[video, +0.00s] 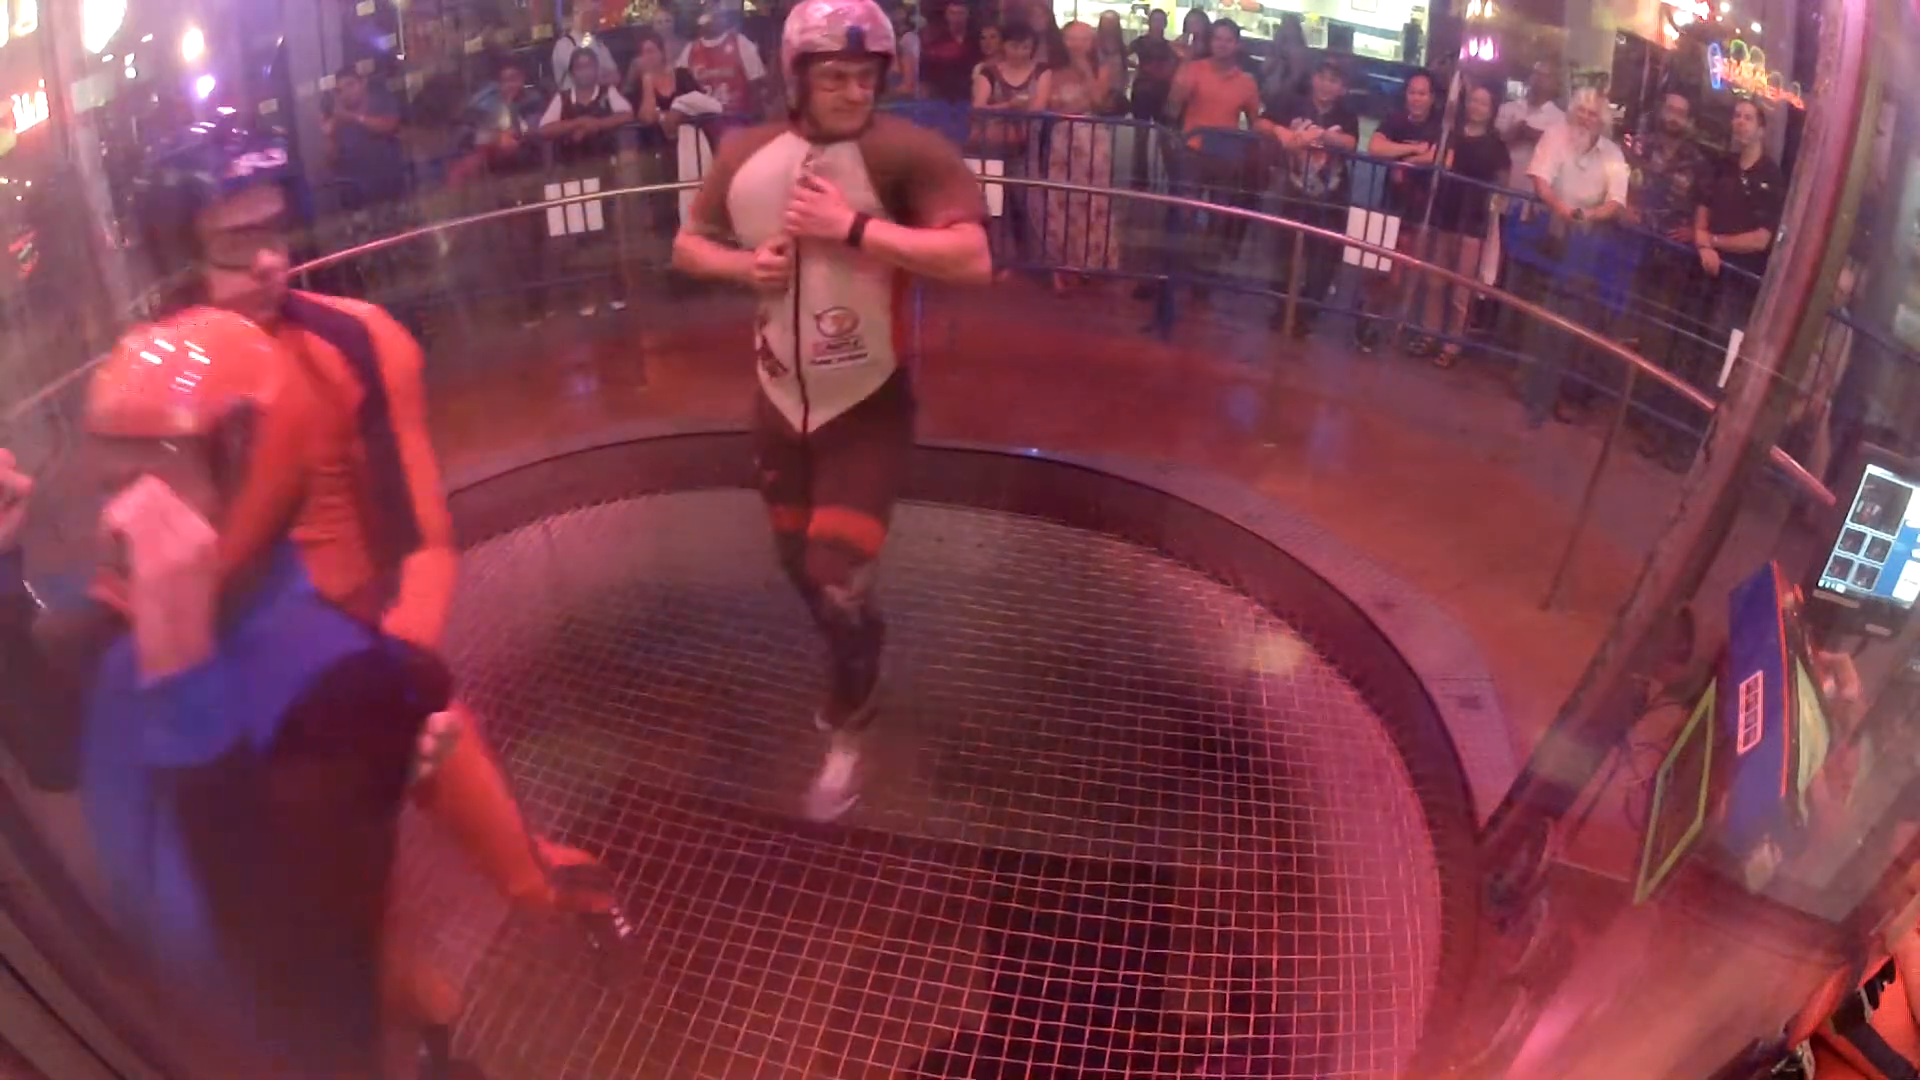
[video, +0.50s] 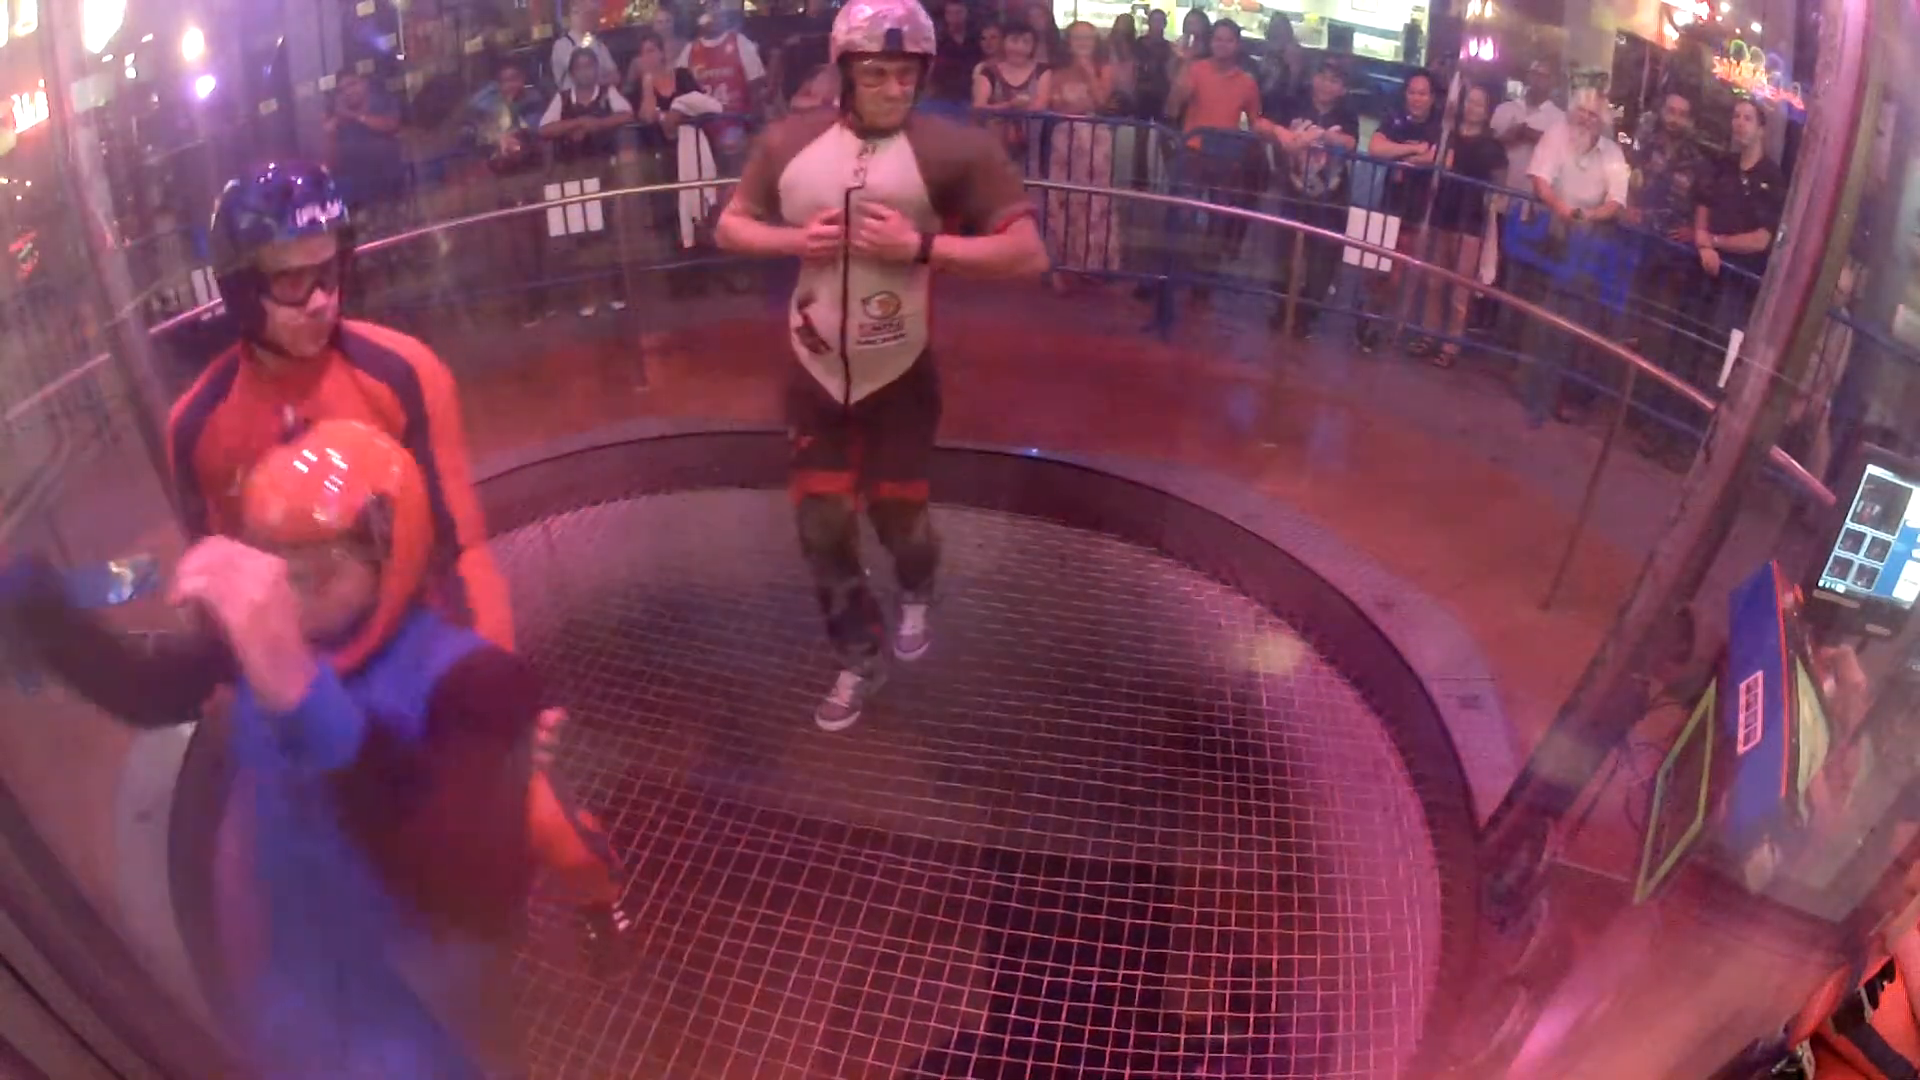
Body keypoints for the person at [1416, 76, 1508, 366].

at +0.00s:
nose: (1477, 107)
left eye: (1483, 103)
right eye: (1473, 101)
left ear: (1492, 110)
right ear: (1465, 104)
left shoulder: (1496, 146)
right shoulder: (1452, 138)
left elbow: (1502, 185)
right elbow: (1439, 169)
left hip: (1473, 219)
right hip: (1443, 213)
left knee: (1462, 286)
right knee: (1434, 280)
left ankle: (1452, 342)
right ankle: (1429, 333)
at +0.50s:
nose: (1472, 108)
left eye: (1478, 103)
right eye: (1468, 101)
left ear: (1488, 110)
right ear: (1461, 106)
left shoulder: (1492, 147)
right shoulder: (1449, 139)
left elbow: (1498, 184)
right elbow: (1436, 171)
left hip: (1472, 218)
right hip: (1442, 213)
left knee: (1461, 285)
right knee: (1434, 279)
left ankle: (1451, 342)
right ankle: (1428, 333)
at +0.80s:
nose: (1471, 108)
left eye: (1477, 104)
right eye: (1468, 101)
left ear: (1486, 111)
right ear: (1460, 105)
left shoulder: (1488, 147)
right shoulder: (1448, 138)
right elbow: (1435, 166)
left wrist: (1452, 158)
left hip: (1467, 219)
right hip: (1439, 212)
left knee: (1457, 282)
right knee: (1432, 278)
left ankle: (1451, 341)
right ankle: (1428, 333)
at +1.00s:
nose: (1469, 109)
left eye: (1475, 105)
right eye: (1466, 103)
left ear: (1485, 112)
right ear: (1459, 106)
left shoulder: (1486, 148)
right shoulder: (1447, 139)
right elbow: (1432, 165)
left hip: (1463, 219)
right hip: (1436, 213)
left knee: (1451, 285)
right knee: (1431, 280)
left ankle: (1450, 341)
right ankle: (1428, 333)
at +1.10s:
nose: (1468, 109)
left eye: (1475, 105)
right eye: (1466, 103)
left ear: (1485, 111)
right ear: (1458, 106)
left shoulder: (1485, 148)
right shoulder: (1447, 139)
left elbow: (1476, 169)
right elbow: (1431, 163)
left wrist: (1450, 159)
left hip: (1462, 218)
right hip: (1436, 212)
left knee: (1450, 284)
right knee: (1432, 280)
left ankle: (1451, 341)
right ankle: (1428, 332)